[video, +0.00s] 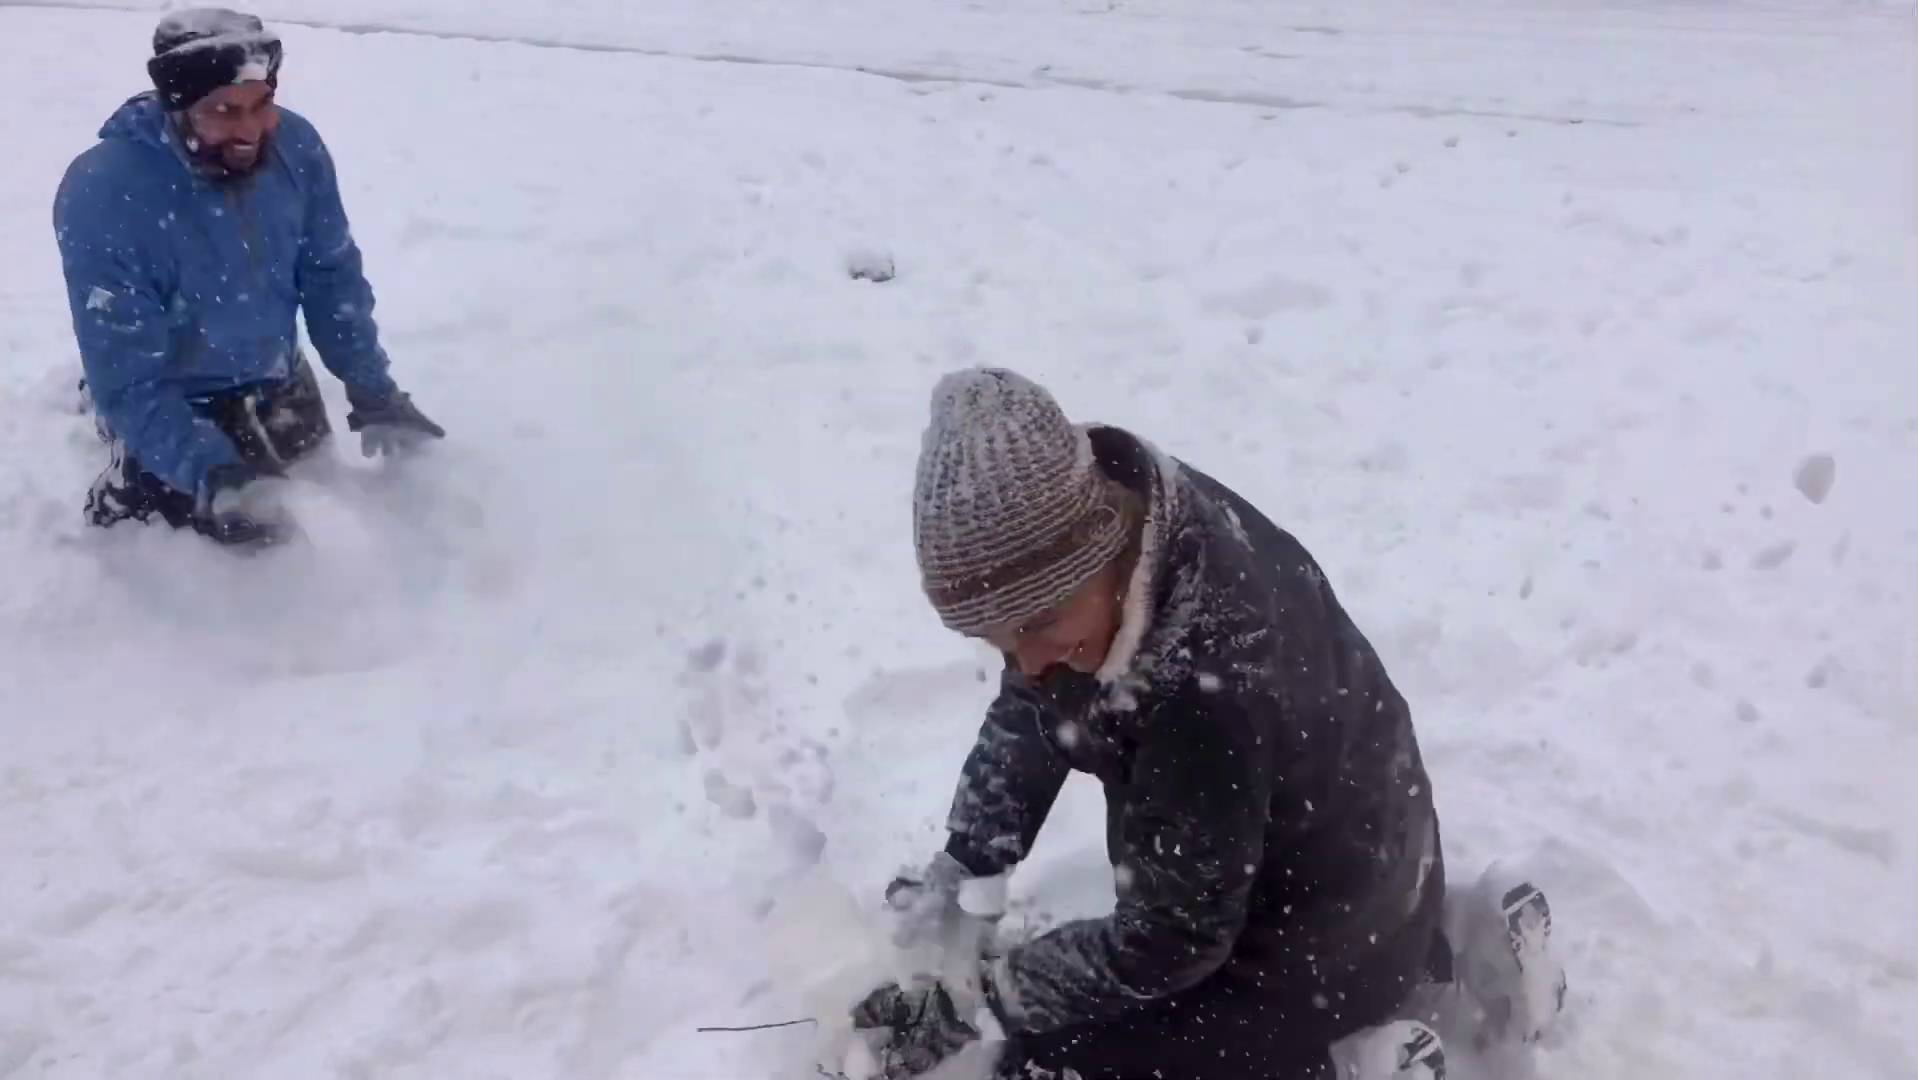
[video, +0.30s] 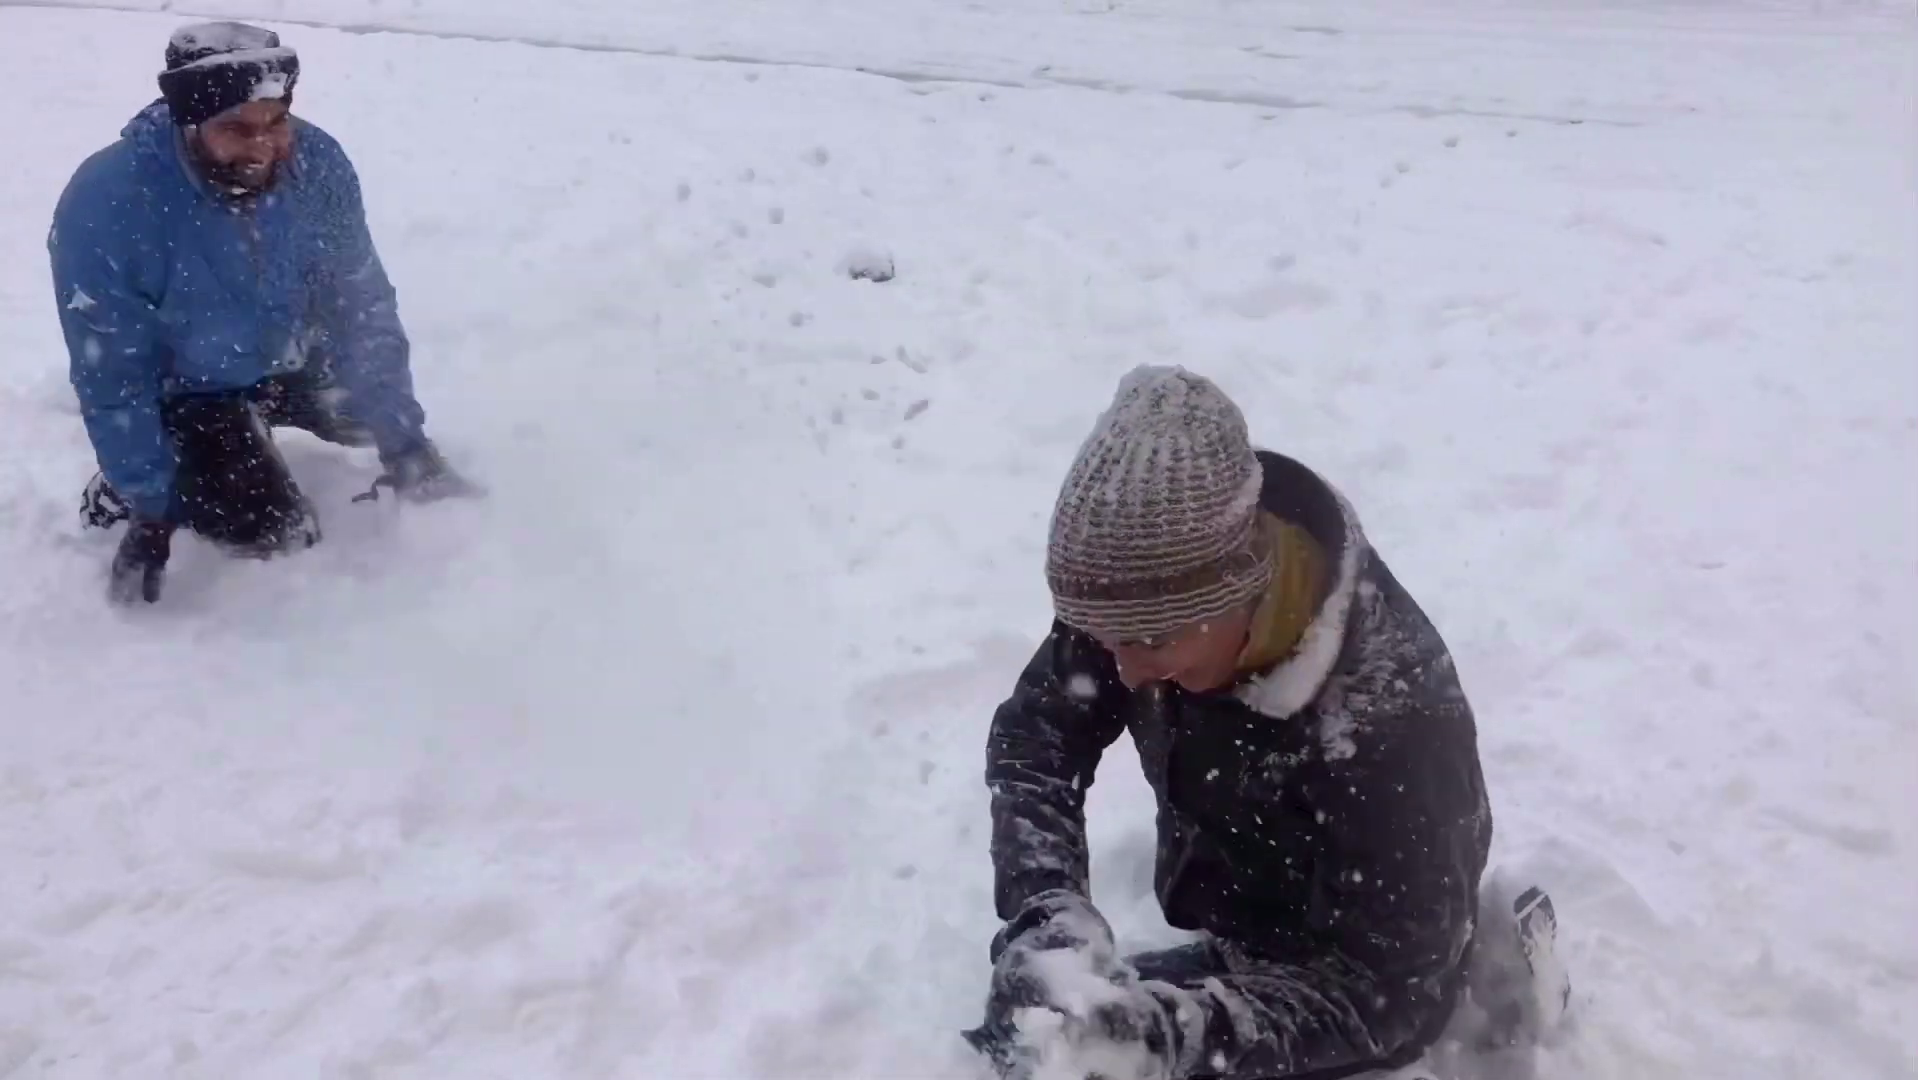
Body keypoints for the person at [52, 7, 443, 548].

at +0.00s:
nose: (249, 131)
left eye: (261, 106)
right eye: (225, 111)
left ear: (275, 94)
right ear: (180, 108)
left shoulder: (295, 148)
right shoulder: (104, 193)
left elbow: (333, 281)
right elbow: (127, 383)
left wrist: (376, 397)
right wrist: (218, 479)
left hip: (279, 377)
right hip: (176, 397)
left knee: (304, 453)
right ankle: (133, 491)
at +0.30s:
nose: (265, 148)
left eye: (276, 124)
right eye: (241, 130)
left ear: (288, 109)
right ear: (191, 124)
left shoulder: (316, 164)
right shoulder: (106, 207)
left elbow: (364, 306)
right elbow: (111, 379)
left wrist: (406, 445)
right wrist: (149, 511)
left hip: (290, 358)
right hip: (184, 390)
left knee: (376, 418)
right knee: (277, 529)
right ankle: (137, 498)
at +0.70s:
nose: (277, 154)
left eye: (287, 128)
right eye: (250, 141)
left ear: (294, 98)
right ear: (198, 125)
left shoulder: (334, 112)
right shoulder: (143, 212)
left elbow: (444, 204)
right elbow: (208, 383)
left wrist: (551, 311)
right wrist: (316, 504)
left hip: (379, 340)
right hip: (266, 388)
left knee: (482, 473)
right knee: (293, 538)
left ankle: (375, 440)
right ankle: (155, 472)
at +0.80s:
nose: (300, 134)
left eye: (305, 112)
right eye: (275, 125)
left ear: (310, 80)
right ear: (224, 116)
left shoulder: (359, 98)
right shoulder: (158, 196)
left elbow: (462, 176)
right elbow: (224, 364)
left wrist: (552, 262)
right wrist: (320, 483)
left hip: (414, 348)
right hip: (292, 392)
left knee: (514, 478)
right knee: (276, 538)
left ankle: (419, 449)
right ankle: (170, 472)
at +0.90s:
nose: (321, 124)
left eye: (332, 99)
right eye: (296, 110)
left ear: (342, 74)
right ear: (252, 97)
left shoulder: (400, 88)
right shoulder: (192, 181)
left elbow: (483, 158)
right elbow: (249, 363)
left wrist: (548, 231)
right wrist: (330, 524)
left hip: (447, 362)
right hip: (320, 396)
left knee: (559, 513)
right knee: (282, 539)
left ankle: (451, 447)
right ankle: (184, 474)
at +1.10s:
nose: (399, 114)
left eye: (413, 87)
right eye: (375, 97)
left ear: (431, 66)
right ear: (330, 87)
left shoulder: (489, 114)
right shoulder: (269, 182)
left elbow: (554, 200)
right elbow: (307, 350)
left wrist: (605, 270)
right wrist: (370, 485)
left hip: (496, 401)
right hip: (359, 422)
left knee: (596, 547)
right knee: (286, 545)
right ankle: (197, 476)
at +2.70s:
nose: (332, 224)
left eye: (348, 203)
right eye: (321, 201)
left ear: (404, 178)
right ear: (313, 184)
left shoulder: (542, 169)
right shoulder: (319, 286)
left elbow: (621, 337)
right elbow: (330, 478)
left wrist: (645, 492)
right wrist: (326, 660)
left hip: (549, 417)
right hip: (426, 452)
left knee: (652, 569)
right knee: (471, 624)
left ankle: (526, 484)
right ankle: (333, 559)